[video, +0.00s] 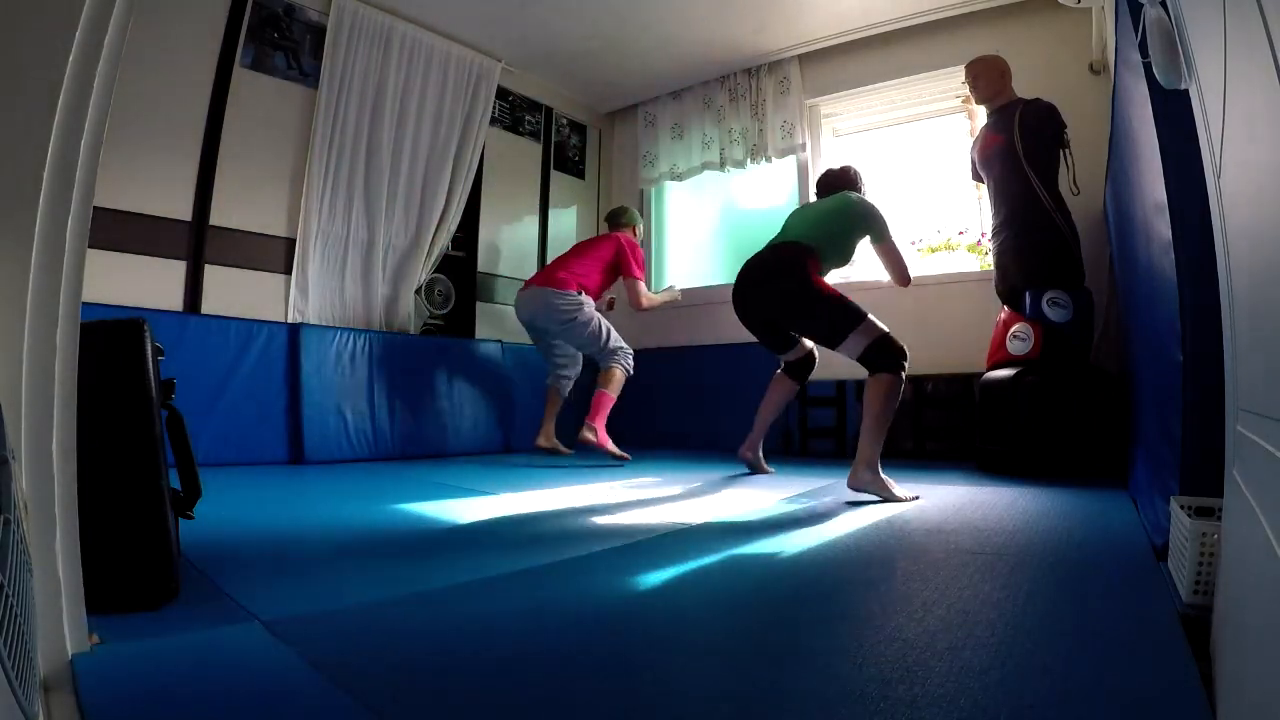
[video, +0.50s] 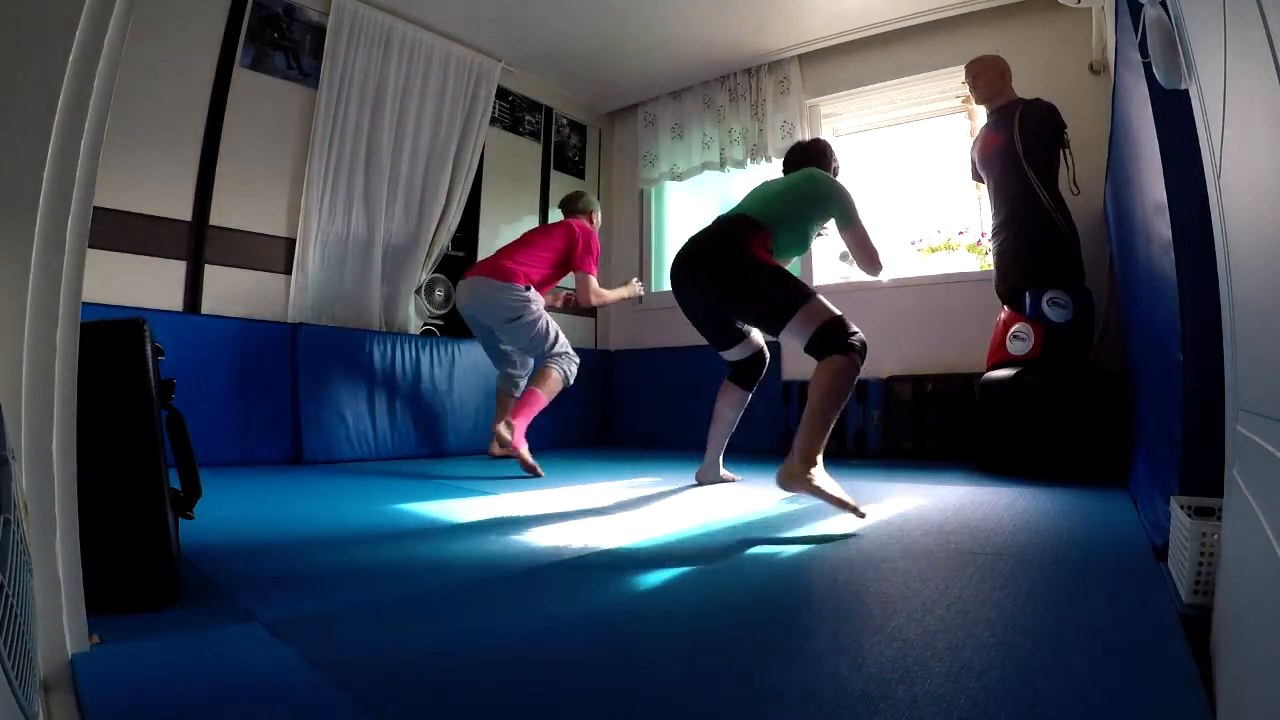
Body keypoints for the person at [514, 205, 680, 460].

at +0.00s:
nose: (641, 237)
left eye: (641, 232)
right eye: (641, 232)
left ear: (610, 228)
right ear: (635, 230)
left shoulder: (592, 243)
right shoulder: (627, 244)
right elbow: (640, 301)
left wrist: (600, 305)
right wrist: (667, 296)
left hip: (526, 298)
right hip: (561, 298)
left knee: (567, 361)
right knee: (619, 355)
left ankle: (547, 434)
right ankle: (595, 426)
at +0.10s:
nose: (633, 236)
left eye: (633, 233)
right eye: (633, 232)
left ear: (601, 228)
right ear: (628, 230)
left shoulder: (583, 243)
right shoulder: (622, 246)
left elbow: (554, 281)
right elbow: (631, 303)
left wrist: (587, 304)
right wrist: (659, 298)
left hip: (518, 300)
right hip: (555, 302)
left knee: (560, 365)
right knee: (606, 365)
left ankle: (545, 437)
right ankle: (569, 432)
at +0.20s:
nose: (627, 233)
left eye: (628, 229)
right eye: (627, 229)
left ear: (596, 224)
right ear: (621, 226)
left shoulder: (577, 238)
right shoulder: (617, 242)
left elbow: (544, 272)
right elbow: (628, 301)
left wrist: (573, 300)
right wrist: (655, 297)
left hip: (509, 291)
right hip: (545, 292)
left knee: (548, 356)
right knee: (596, 363)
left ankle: (546, 431)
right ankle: (564, 439)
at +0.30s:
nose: (620, 230)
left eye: (620, 225)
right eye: (620, 224)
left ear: (588, 219)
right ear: (614, 222)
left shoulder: (570, 233)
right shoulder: (608, 235)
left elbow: (536, 268)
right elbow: (619, 296)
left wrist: (568, 299)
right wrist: (648, 293)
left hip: (495, 286)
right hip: (533, 287)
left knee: (542, 354)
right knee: (587, 356)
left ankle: (519, 425)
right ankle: (562, 441)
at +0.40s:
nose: (610, 227)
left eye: (609, 222)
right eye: (610, 221)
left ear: (578, 217)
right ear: (603, 218)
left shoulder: (559, 232)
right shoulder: (594, 232)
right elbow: (604, 295)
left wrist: (563, 301)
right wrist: (639, 291)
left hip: (480, 286)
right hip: (517, 286)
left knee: (526, 358)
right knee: (580, 347)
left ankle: (502, 435)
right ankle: (553, 432)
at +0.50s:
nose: (599, 224)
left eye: (599, 219)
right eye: (599, 218)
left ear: (566, 215)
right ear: (592, 216)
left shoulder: (544, 230)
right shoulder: (585, 232)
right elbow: (589, 297)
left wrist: (549, 298)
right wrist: (626, 291)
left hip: (468, 289)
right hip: (507, 290)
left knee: (515, 364)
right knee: (563, 358)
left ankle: (500, 440)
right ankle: (516, 425)